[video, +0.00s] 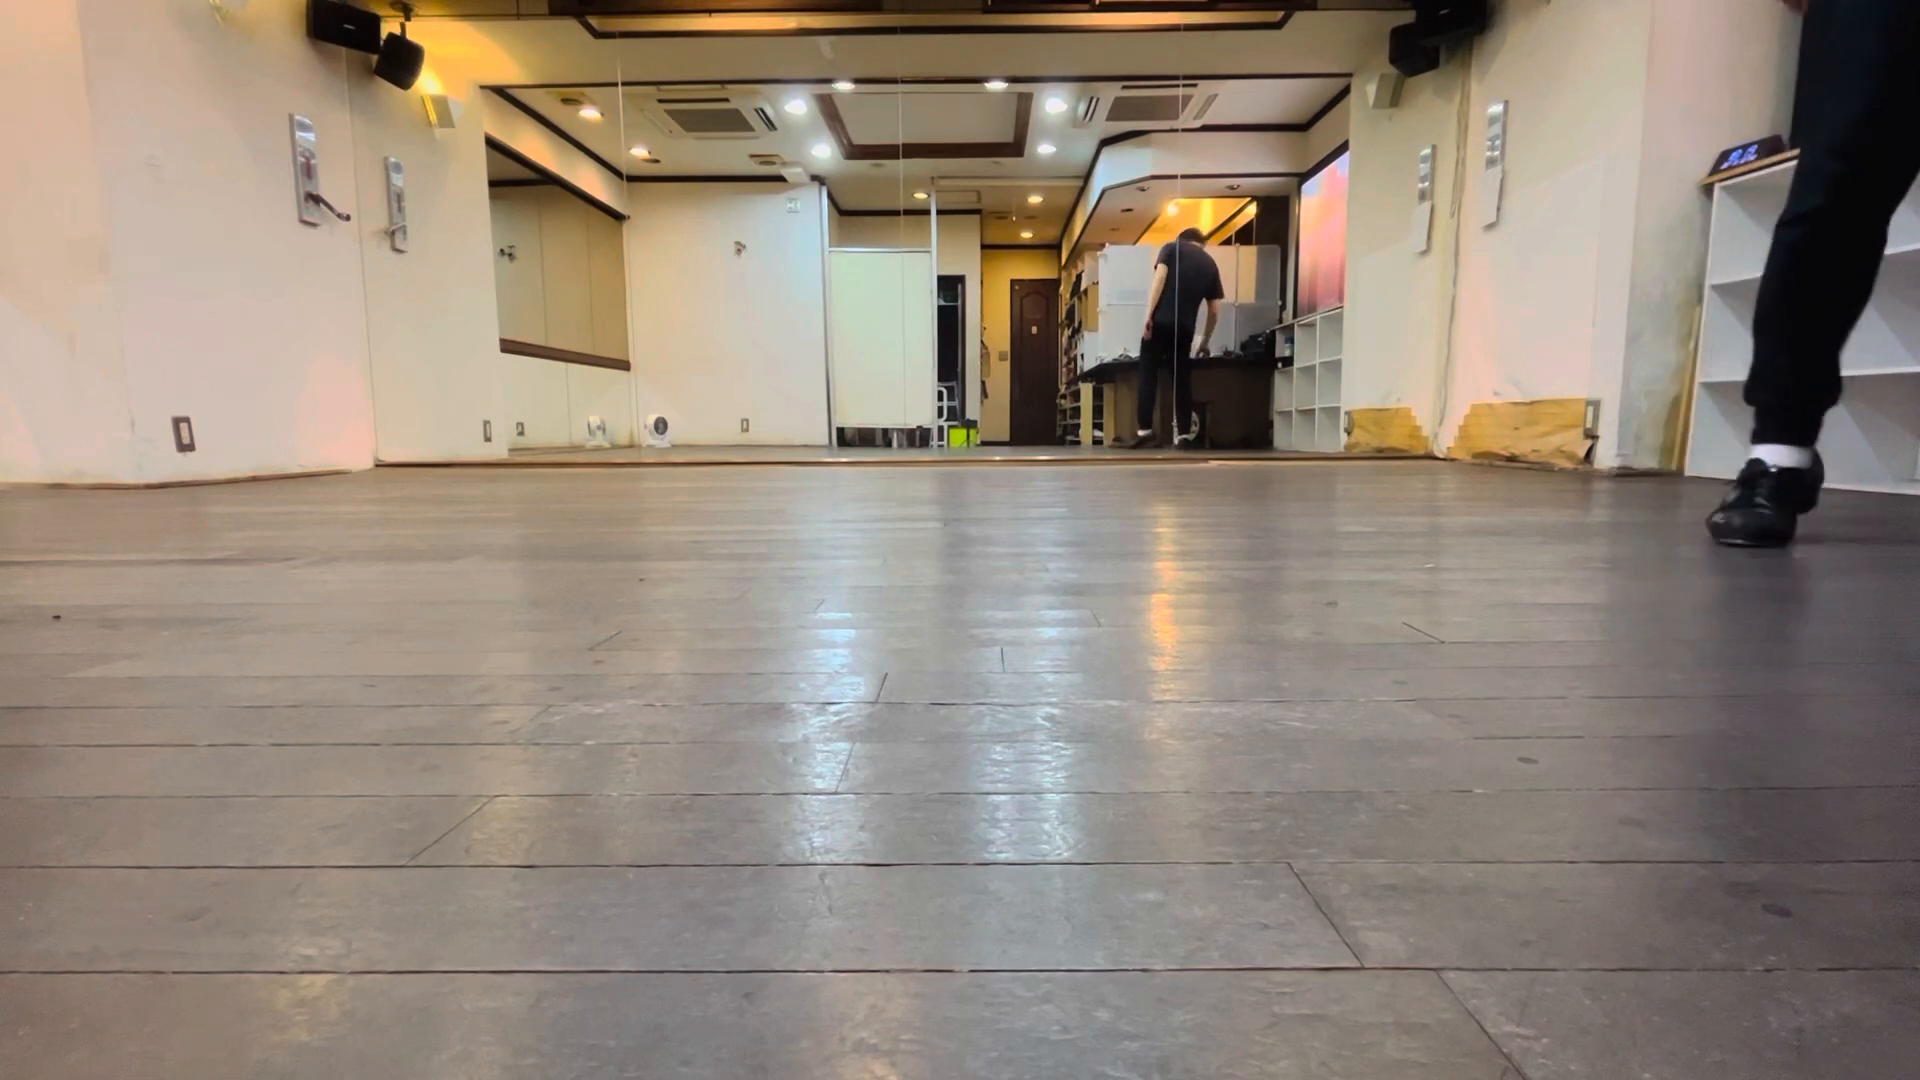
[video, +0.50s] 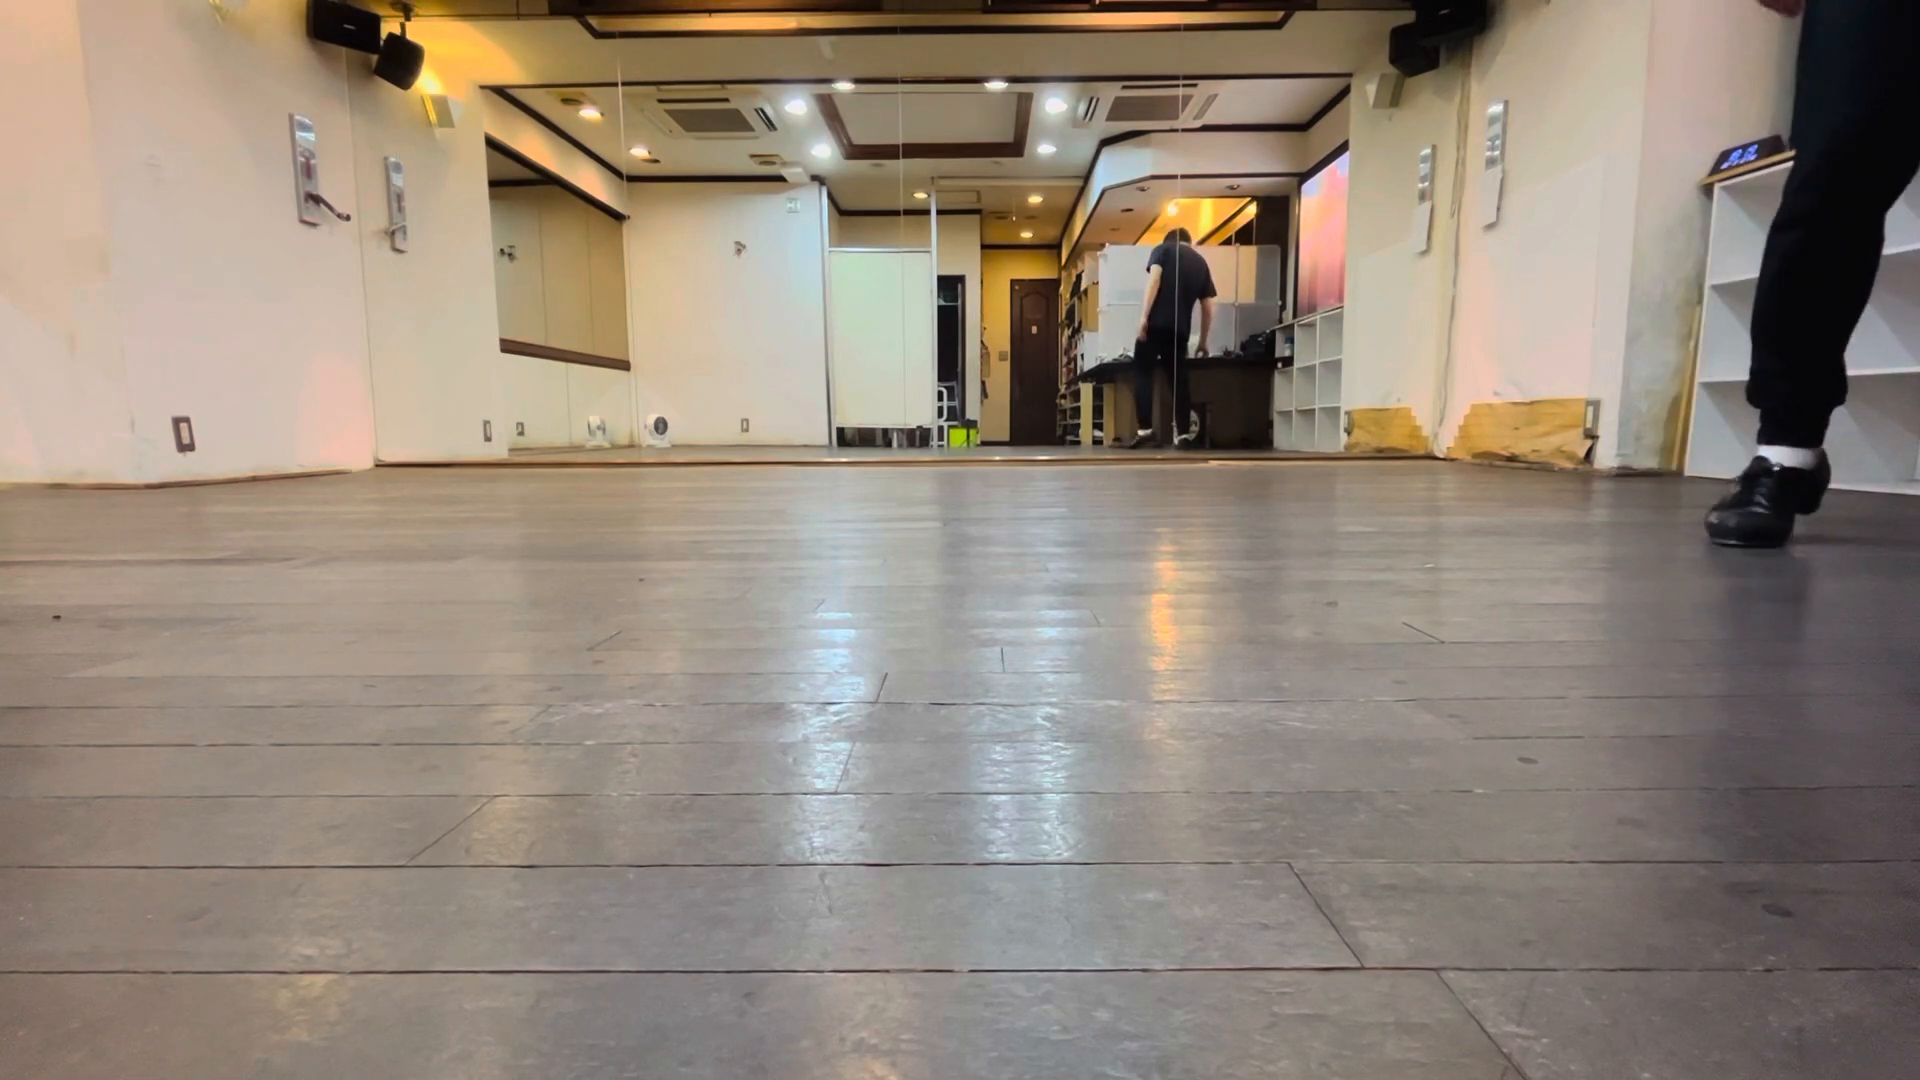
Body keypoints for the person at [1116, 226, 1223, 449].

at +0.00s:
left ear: (1181, 239)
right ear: (1201, 244)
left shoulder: (1171, 247)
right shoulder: (1210, 263)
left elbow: (1160, 278)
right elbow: (1214, 311)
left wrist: (1149, 314)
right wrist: (1205, 342)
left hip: (1159, 324)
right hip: (1184, 328)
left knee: (1147, 373)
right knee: (1182, 377)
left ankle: (1145, 429)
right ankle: (1182, 433)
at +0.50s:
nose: (1166, 244)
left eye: (1167, 241)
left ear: (1169, 240)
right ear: (1189, 242)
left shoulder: (1163, 249)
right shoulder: (1200, 261)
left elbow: (1154, 280)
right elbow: (1207, 307)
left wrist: (1144, 318)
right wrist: (1203, 340)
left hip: (1155, 327)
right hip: (1180, 330)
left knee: (1142, 373)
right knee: (1179, 378)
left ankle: (1144, 428)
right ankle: (1182, 432)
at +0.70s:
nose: (1154, 250)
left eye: (1154, 245)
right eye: (1155, 246)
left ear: (1158, 242)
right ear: (1175, 242)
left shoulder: (1157, 249)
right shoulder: (1191, 260)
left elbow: (1157, 278)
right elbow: (1200, 304)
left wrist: (1158, 316)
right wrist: (1196, 334)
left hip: (1151, 326)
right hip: (1178, 329)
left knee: (1138, 374)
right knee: (1179, 379)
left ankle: (1130, 430)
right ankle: (1182, 433)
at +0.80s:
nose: (1143, 249)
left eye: (1143, 246)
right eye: (1143, 246)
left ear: (1147, 242)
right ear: (1165, 241)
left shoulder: (1150, 251)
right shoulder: (1184, 259)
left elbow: (1154, 279)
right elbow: (1195, 299)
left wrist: (1161, 315)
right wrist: (1188, 326)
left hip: (1149, 326)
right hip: (1177, 328)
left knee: (1136, 377)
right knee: (1177, 379)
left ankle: (1123, 431)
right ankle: (1182, 433)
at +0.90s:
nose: (1131, 250)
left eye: (1131, 247)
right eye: (1130, 247)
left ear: (1134, 243)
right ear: (1154, 241)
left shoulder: (1140, 253)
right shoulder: (1174, 259)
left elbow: (1148, 280)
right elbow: (1185, 294)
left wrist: (1159, 313)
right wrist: (1180, 321)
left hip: (1145, 326)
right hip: (1170, 327)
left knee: (1131, 376)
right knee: (1173, 378)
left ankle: (1120, 432)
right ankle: (1182, 432)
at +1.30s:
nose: (1091, 245)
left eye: (1091, 241)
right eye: (1091, 241)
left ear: (1094, 239)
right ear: (1112, 237)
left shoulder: (1098, 256)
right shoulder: (1132, 256)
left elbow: (1095, 293)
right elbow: (1146, 293)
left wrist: (1087, 331)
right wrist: (1145, 329)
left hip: (1110, 328)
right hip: (1132, 328)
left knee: (1108, 378)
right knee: (1126, 373)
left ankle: (1117, 434)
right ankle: (1139, 418)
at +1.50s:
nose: (1073, 247)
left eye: (1073, 243)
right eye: (1073, 243)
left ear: (1077, 241)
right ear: (1095, 239)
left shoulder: (1081, 258)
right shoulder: (1114, 258)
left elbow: (1073, 294)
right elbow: (1131, 293)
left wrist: (1051, 317)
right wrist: (1136, 329)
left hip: (1096, 332)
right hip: (1115, 331)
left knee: (1103, 380)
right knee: (1091, 377)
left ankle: (1117, 433)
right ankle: (1084, 425)